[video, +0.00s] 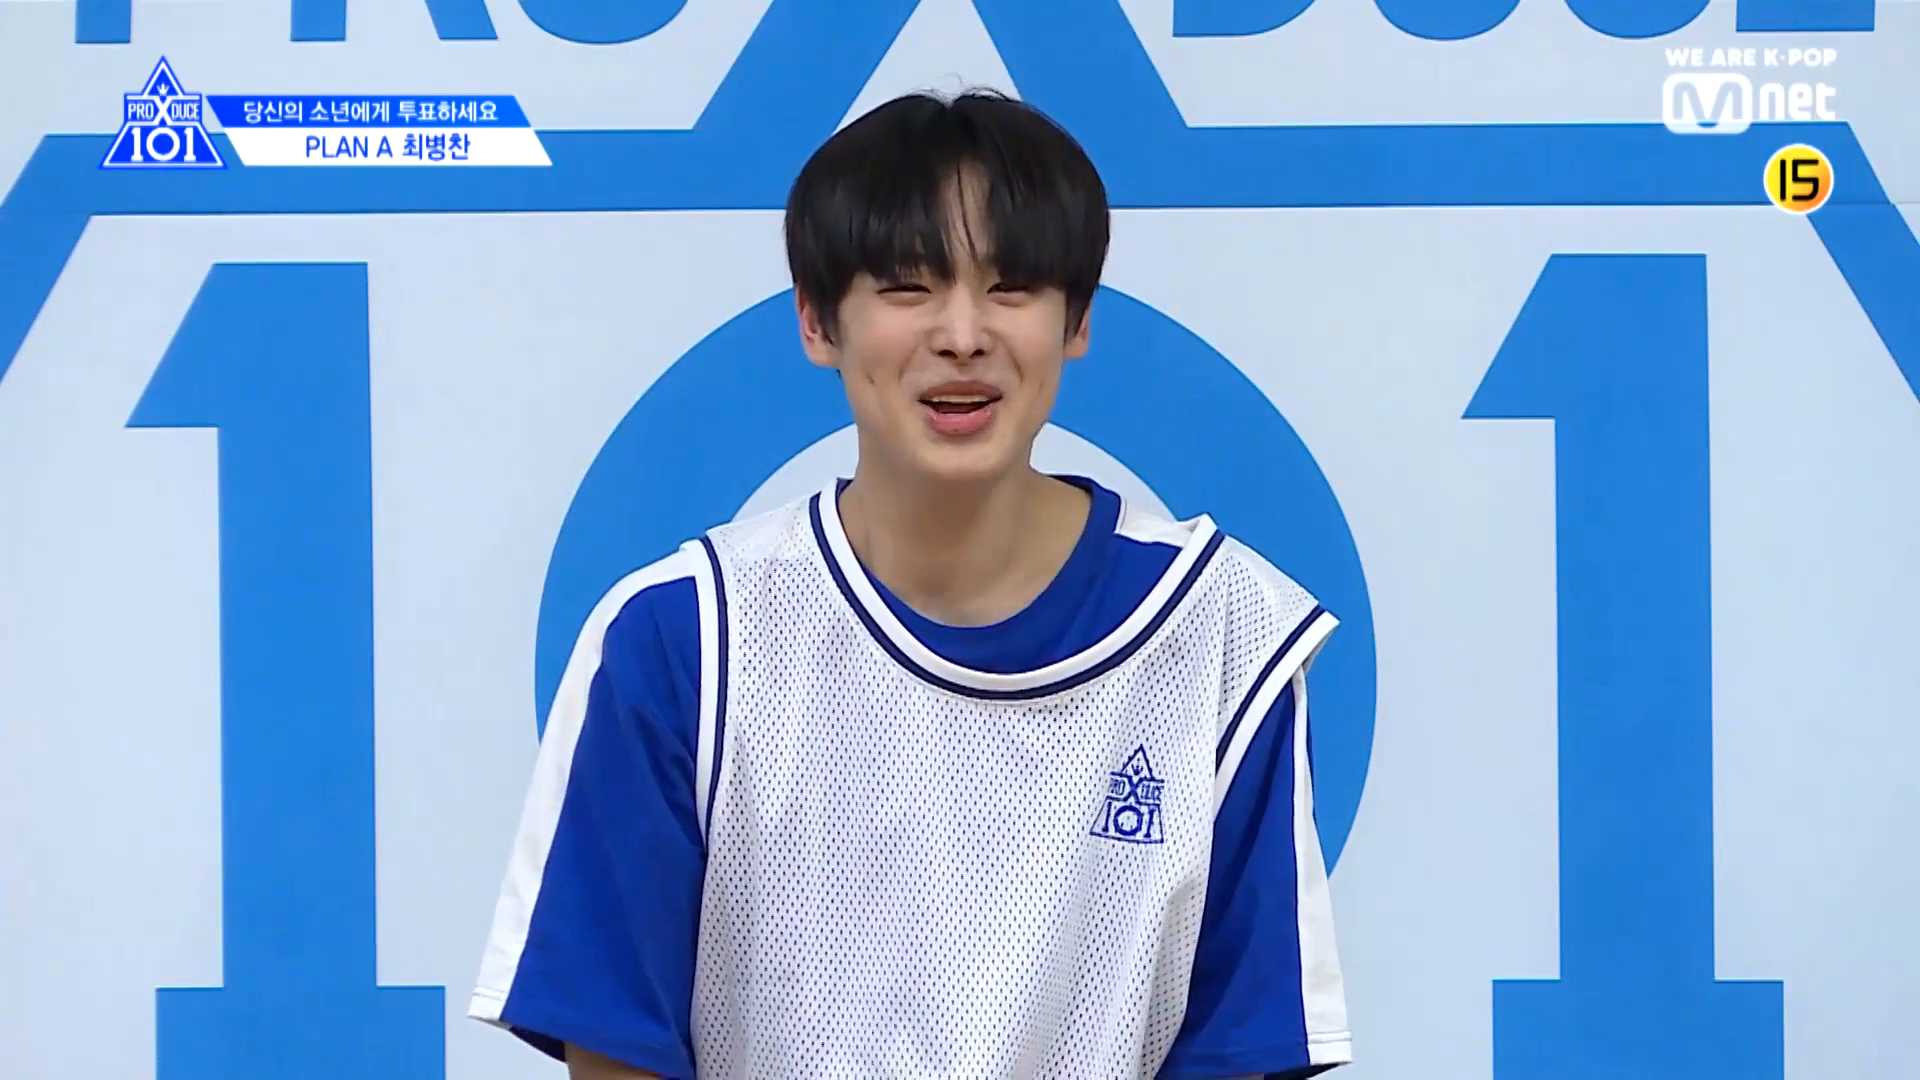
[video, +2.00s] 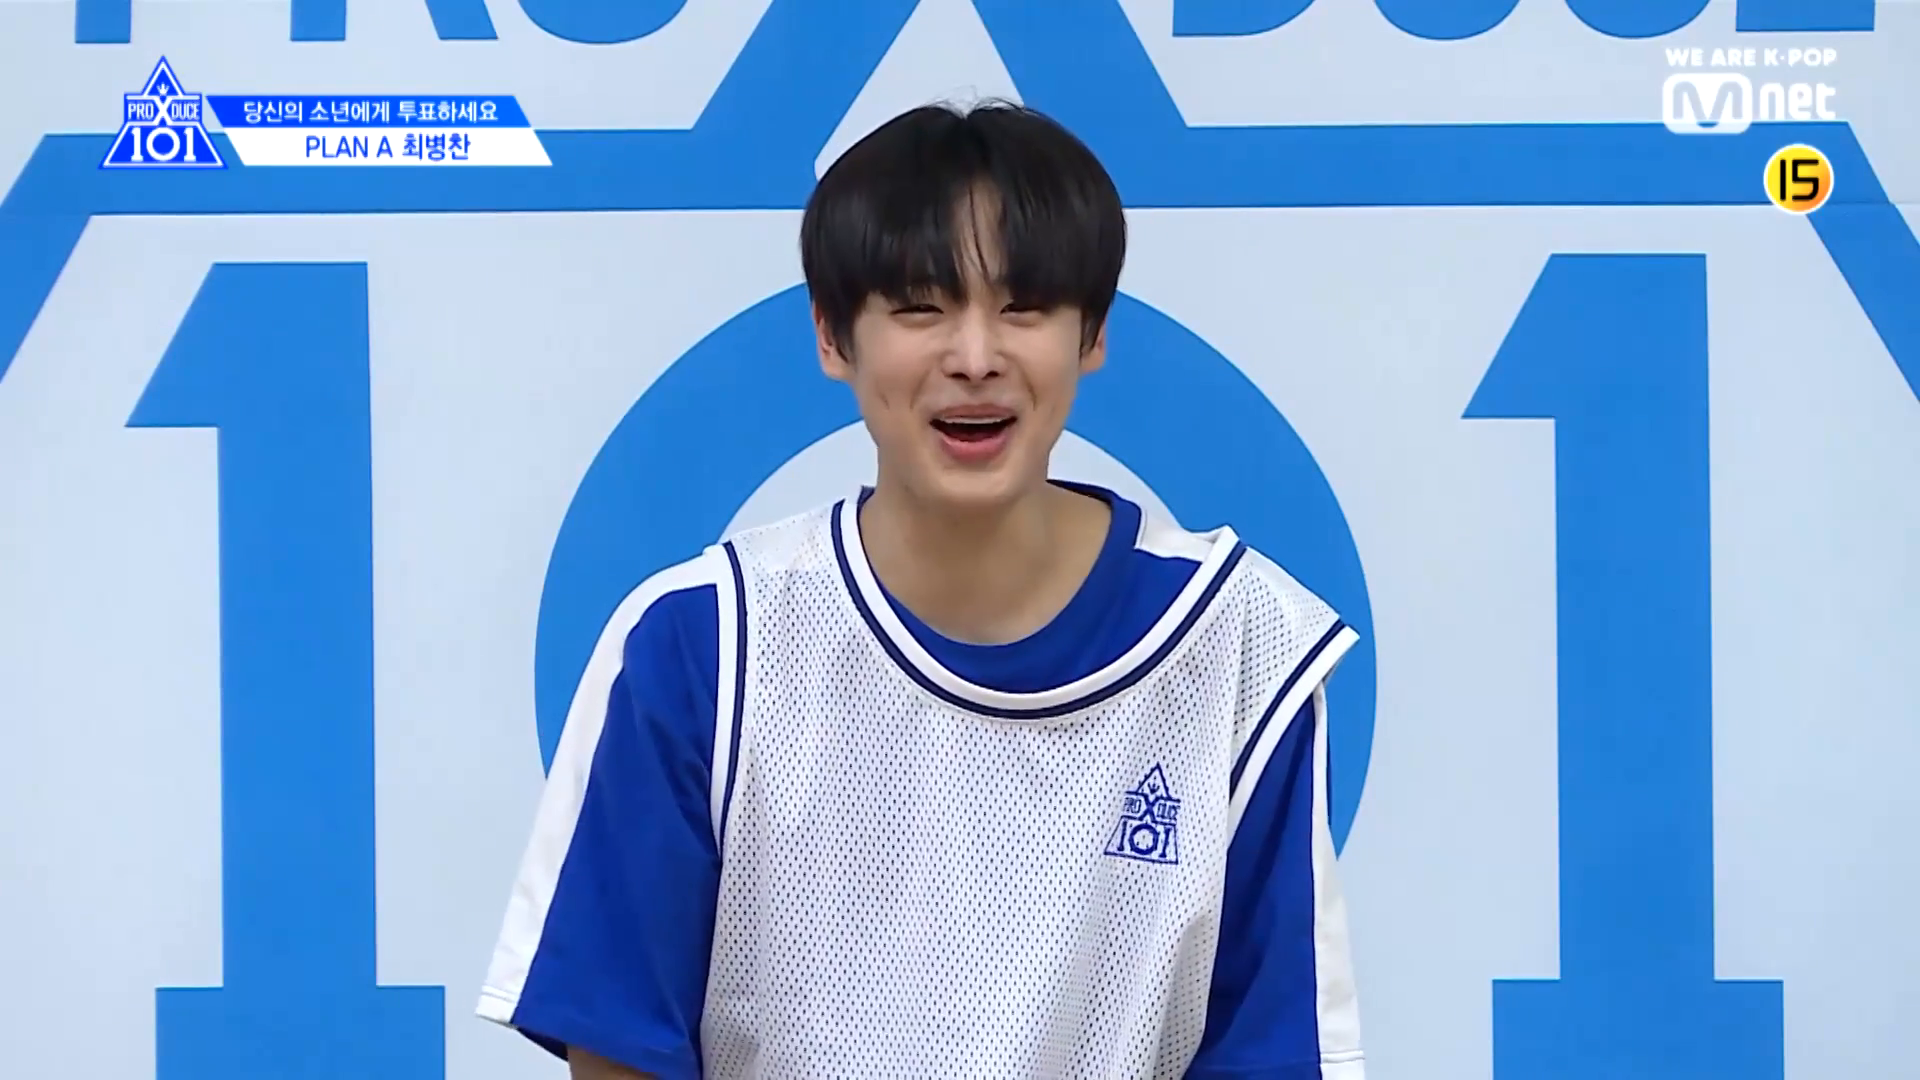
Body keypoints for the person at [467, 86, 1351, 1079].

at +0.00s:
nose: (963, 335)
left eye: (1012, 285)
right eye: (910, 283)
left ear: (1074, 325)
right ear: (821, 323)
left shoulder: (1228, 641)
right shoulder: (673, 643)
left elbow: (1250, 1053)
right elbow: (615, 1049)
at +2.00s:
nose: (975, 359)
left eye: (1023, 306)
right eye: (922, 306)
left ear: (1088, 341)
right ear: (839, 344)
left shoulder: (1246, 653)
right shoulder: (692, 647)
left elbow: (1271, 1051)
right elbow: (616, 1046)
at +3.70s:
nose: (974, 347)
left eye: (1017, 303)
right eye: (928, 301)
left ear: (1070, 336)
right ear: (849, 333)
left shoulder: (1212, 617)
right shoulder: (720, 609)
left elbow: (1204, 991)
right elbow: (672, 978)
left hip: (1076, 1060)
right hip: (810, 1057)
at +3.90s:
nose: (964, 377)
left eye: (999, 342)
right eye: (926, 340)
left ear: (1043, 362)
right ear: (864, 363)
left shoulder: (1154, 584)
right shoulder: (762, 579)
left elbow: (1156, 885)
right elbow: (719, 877)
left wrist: (1018, 1051)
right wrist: (862, 1050)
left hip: (1057, 1050)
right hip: (825, 1045)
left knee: (1271, 988)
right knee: (601, 1001)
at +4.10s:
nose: (958, 391)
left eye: (986, 363)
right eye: (926, 363)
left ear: (1024, 379)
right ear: (879, 380)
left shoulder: (1113, 556)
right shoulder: (798, 551)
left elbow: (1114, 801)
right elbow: (761, 791)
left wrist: (1005, 940)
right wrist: (877, 937)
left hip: (1034, 965)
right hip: (850, 963)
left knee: (1209, 888)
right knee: (668, 901)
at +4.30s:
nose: (955, 396)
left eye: (979, 372)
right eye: (929, 372)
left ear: (1010, 387)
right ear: (892, 387)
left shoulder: (1084, 528)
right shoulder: (825, 525)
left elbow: (1080, 733)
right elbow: (797, 725)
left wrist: (994, 846)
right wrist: (891, 843)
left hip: (1018, 859)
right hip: (864, 859)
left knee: (1159, 804)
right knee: (720, 810)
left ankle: (1125, 1071)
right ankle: (760, 1071)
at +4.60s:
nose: (953, 404)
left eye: (972, 385)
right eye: (934, 385)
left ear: (997, 395)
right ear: (906, 396)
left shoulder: (1053, 505)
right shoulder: (856, 502)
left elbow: (1054, 658)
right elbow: (833, 652)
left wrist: (989, 744)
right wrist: (905, 745)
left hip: (1008, 751)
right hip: (886, 754)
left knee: (1113, 714)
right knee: (774, 722)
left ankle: (1088, 943)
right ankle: (807, 942)